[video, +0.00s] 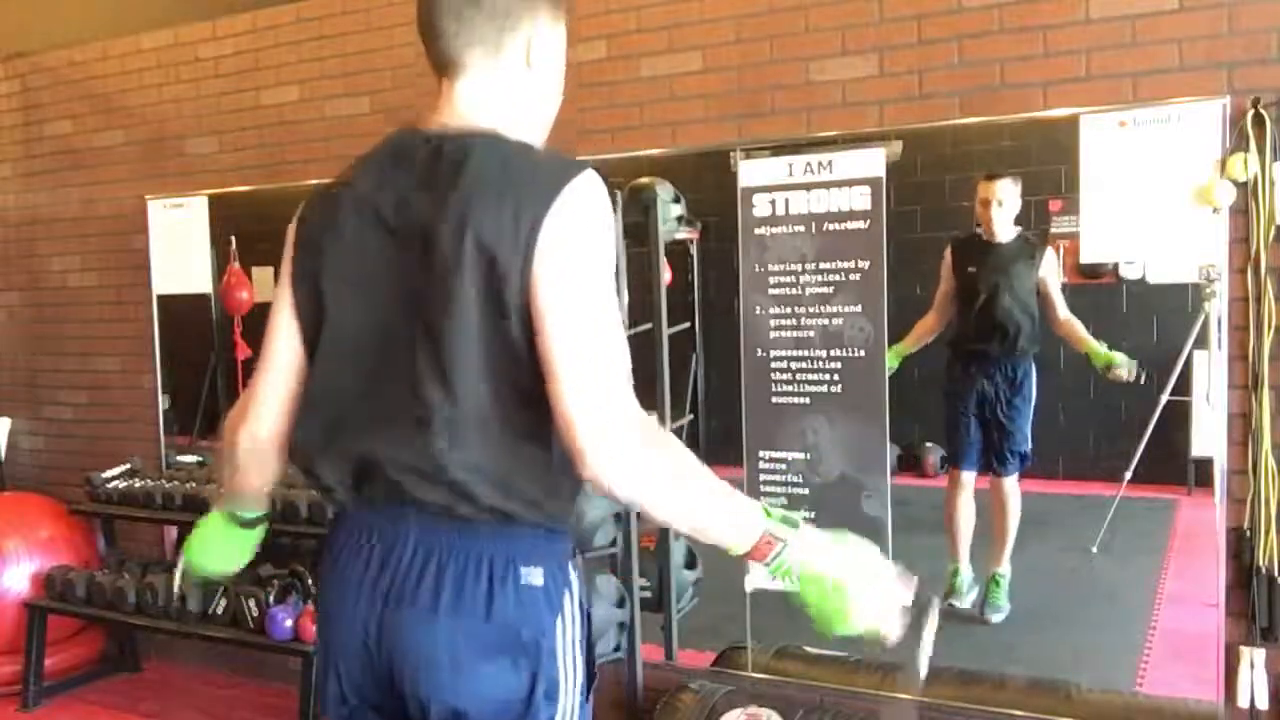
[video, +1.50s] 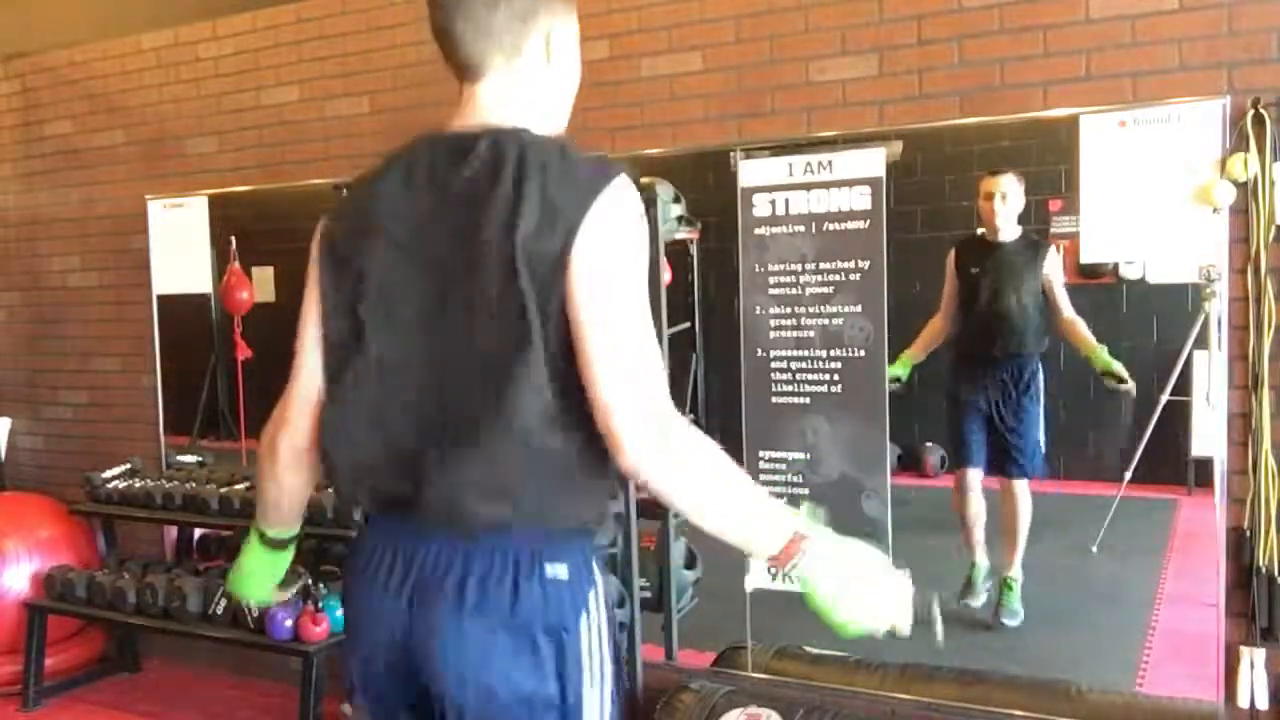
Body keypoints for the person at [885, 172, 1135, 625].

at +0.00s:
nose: (990, 212)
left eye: (999, 204)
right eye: (984, 203)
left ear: (1018, 206)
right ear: (974, 205)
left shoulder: (1038, 255)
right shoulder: (957, 252)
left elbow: (1061, 319)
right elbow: (938, 315)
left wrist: (1100, 355)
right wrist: (897, 352)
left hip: (1015, 373)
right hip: (965, 371)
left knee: (1004, 476)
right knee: (960, 476)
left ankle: (999, 577)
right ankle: (960, 575)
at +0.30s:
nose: (983, 208)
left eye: (992, 199)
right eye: (977, 199)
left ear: (1009, 205)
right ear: (966, 205)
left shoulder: (1032, 255)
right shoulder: (951, 259)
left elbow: (1058, 316)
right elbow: (935, 322)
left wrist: (1091, 350)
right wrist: (900, 358)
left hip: (1012, 377)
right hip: (961, 376)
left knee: (1006, 480)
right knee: (960, 479)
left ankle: (1000, 577)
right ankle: (965, 576)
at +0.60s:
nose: (972, 222)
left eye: (981, 213)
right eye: (966, 213)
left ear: (999, 218)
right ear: (958, 219)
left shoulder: (1026, 269)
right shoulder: (943, 273)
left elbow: (1054, 323)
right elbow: (929, 329)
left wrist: (1085, 342)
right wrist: (895, 352)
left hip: (1017, 387)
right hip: (968, 390)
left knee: (1011, 491)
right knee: (970, 498)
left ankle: (1015, 530)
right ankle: (981, 590)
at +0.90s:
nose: (980, 236)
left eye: (989, 228)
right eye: (974, 228)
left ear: (1007, 233)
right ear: (963, 235)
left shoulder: (1031, 283)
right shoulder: (949, 287)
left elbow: (1060, 337)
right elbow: (932, 343)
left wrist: (1092, 341)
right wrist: (898, 352)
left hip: (1025, 399)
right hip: (974, 401)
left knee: (1020, 501)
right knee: (985, 504)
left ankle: (1021, 604)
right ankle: (1004, 590)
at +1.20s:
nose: (990, 212)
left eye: (1000, 204)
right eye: (984, 203)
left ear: (1019, 210)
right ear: (974, 209)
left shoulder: (1040, 260)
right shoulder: (959, 260)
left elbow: (1062, 321)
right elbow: (945, 323)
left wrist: (1099, 353)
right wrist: (905, 357)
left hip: (1024, 378)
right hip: (973, 379)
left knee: (1016, 483)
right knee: (983, 494)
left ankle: (1014, 582)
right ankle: (1012, 537)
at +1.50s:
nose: (995, 205)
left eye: (1004, 197)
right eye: (988, 197)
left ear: (1022, 203)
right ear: (977, 204)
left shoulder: (1043, 255)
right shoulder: (961, 254)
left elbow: (1066, 318)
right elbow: (945, 318)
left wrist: (1100, 358)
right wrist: (906, 359)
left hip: (1022, 376)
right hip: (970, 375)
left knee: (1015, 479)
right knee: (967, 478)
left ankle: (1012, 580)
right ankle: (977, 567)